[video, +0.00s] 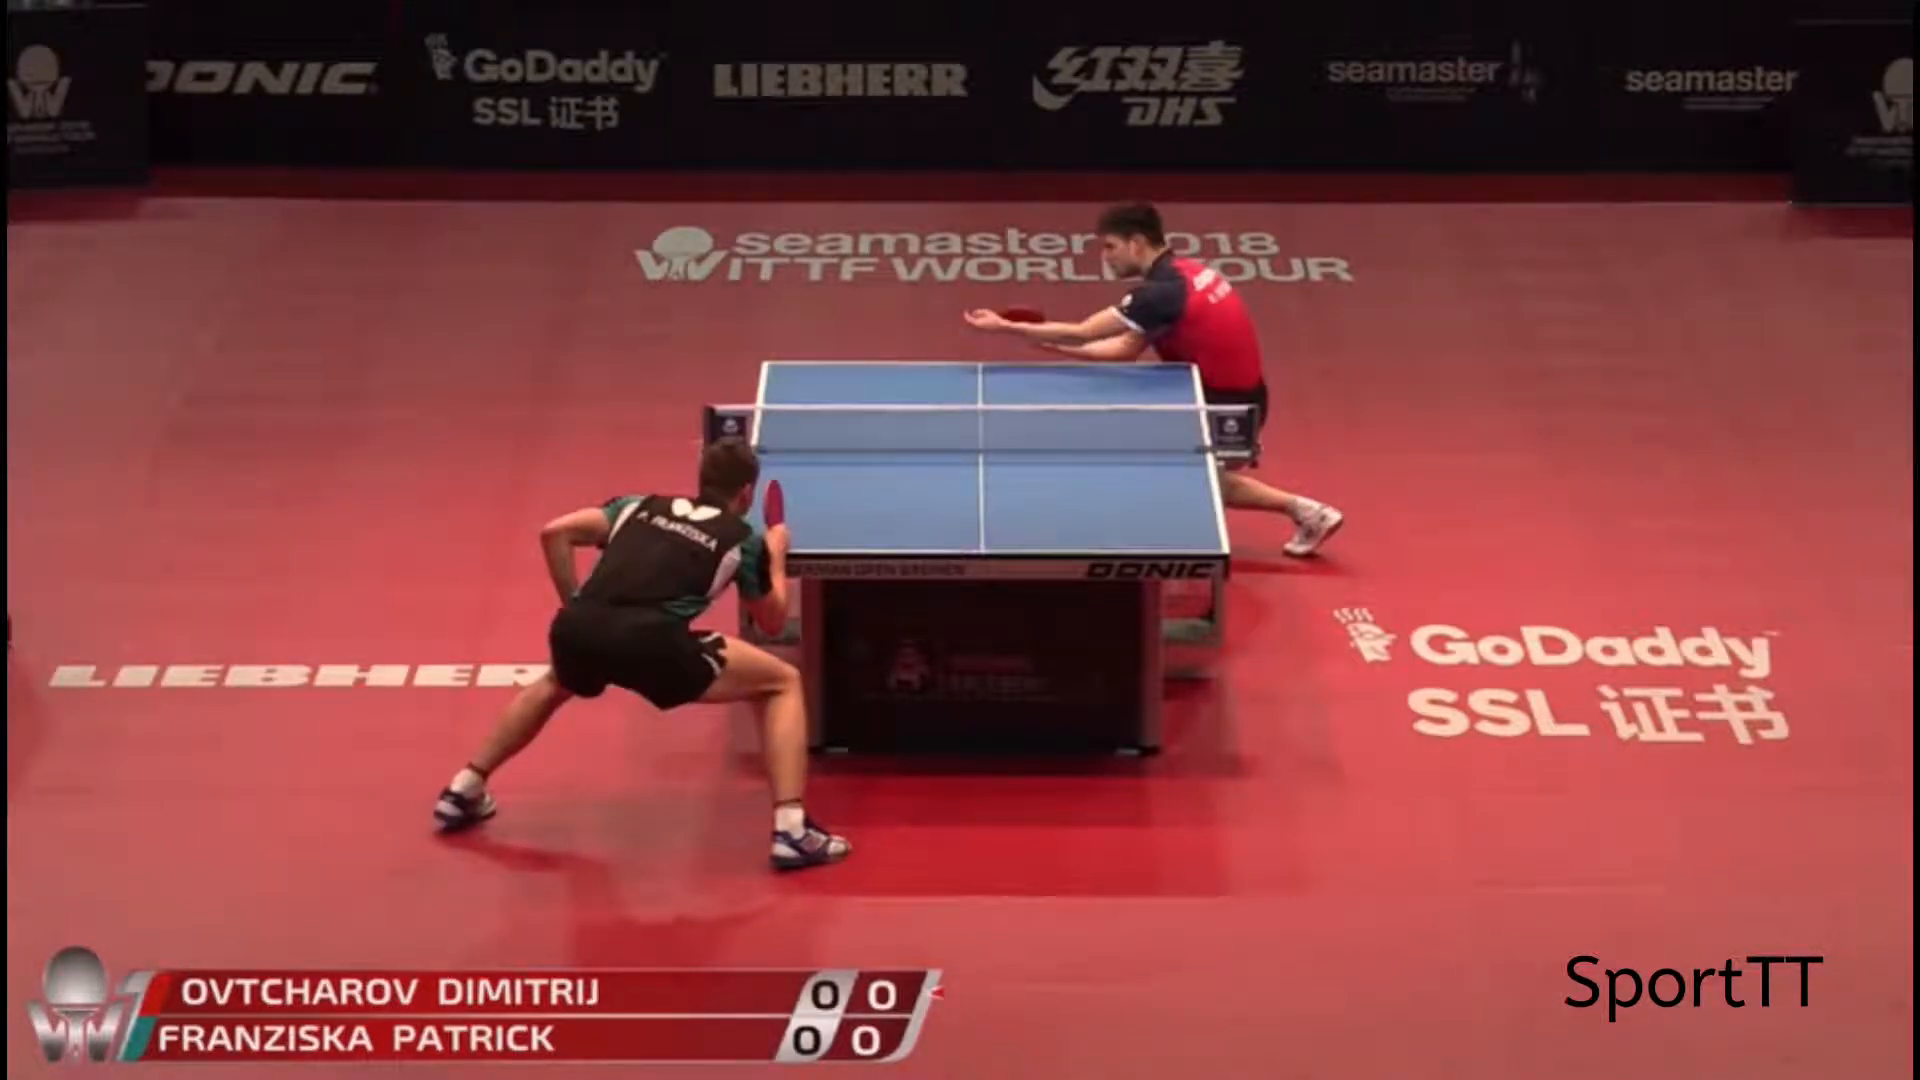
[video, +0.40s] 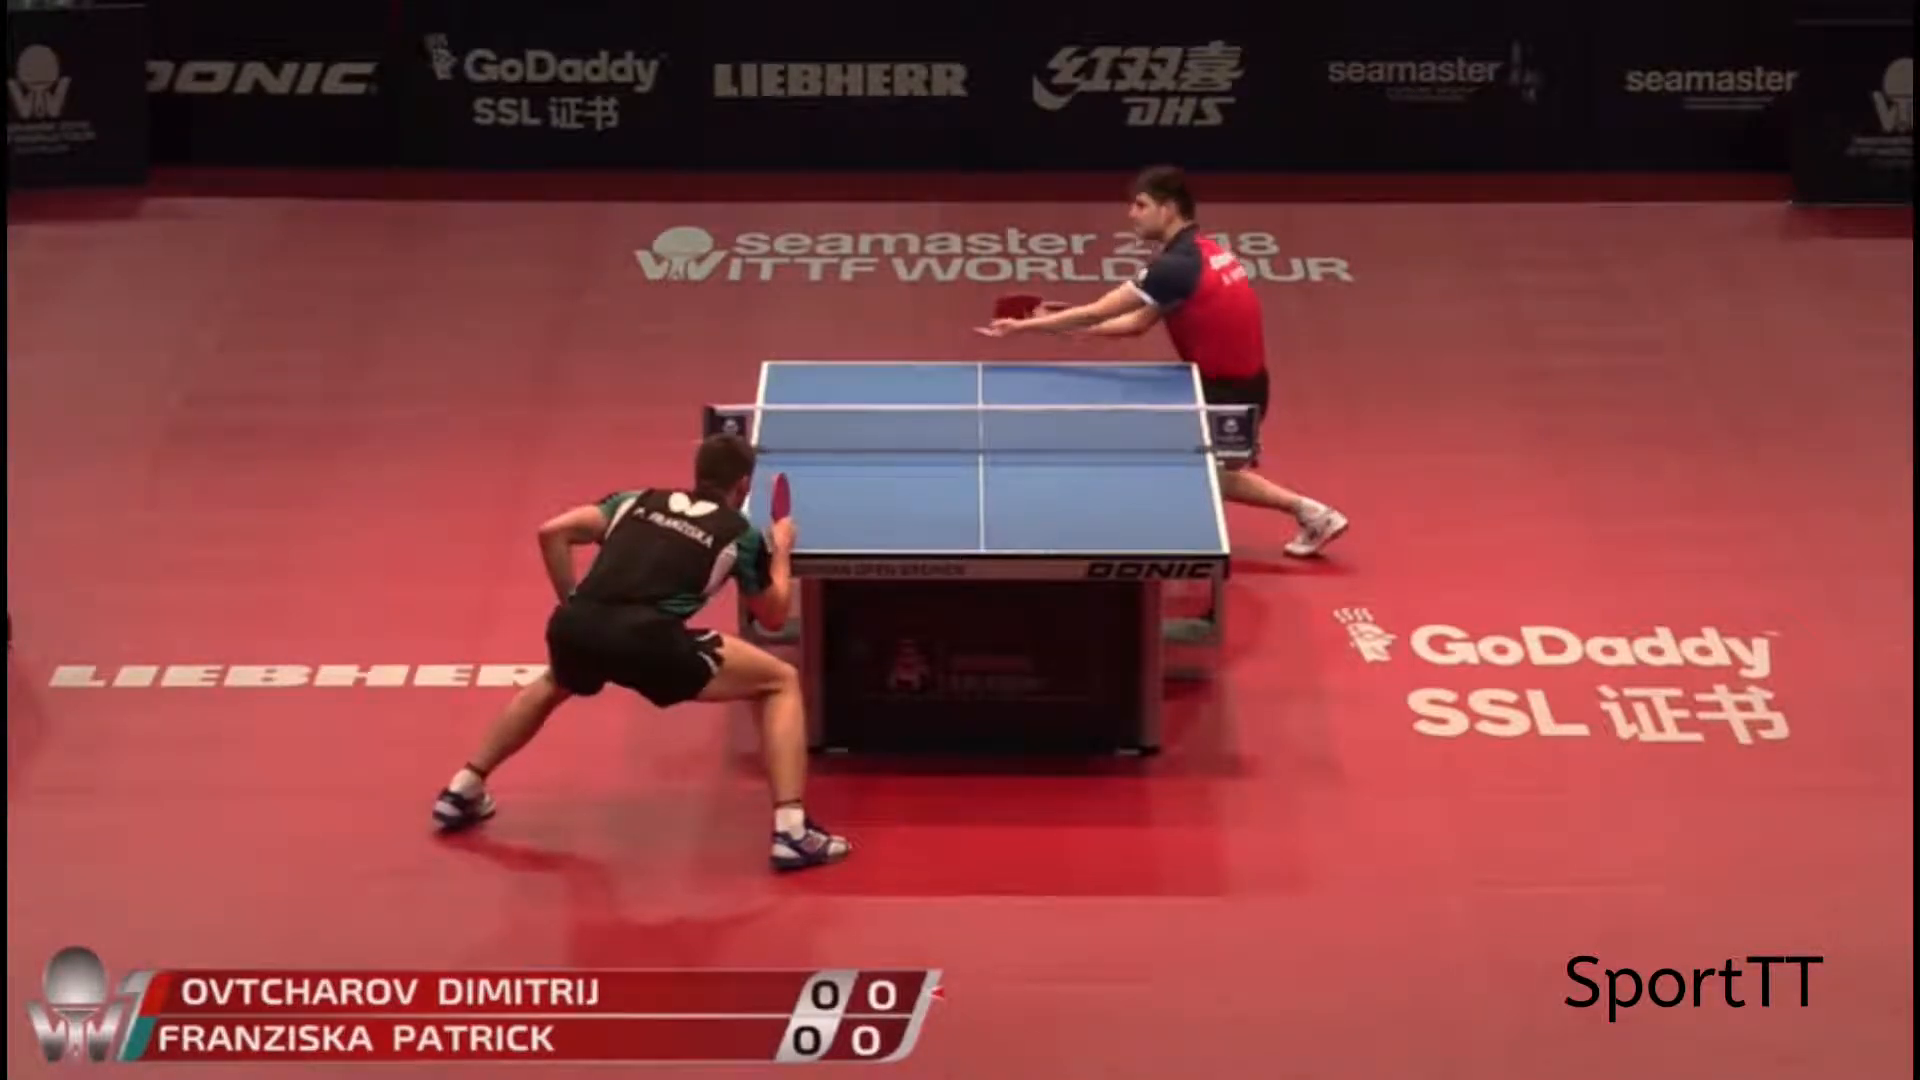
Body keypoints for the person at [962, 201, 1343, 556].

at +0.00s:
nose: (1106, 257)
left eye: (1110, 247)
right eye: (1104, 248)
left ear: (1139, 243)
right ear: (1144, 243)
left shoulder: (1165, 287)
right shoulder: (1181, 272)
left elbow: (1080, 331)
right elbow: (1125, 348)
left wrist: (1006, 325)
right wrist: (1058, 348)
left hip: (1230, 400)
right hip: (1231, 391)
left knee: (1208, 480)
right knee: (1205, 474)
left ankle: (1306, 511)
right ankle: (1304, 511)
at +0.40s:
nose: (1132, 216)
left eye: (1138, 207)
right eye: (1133, 207)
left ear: (1167, 208)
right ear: (1174, 210)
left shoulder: (1178, 262)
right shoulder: (1207, 249)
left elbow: (1098, 312)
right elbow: (1136, 323)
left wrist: (1023, 326)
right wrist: (1070, 322)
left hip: (1224, 390)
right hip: (1242, 383)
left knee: (1216, 477)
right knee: (1219, 475)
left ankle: (1311, 513)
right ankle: (1310, 515)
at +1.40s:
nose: (1207, 97)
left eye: (1220, 91)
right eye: (1211, 89)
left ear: (1248, 106)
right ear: (1247, 111)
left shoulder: (1238, 150)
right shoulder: (1276, 159)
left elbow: (1185, 188)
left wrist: (1114, 176)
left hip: (1249, 302)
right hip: (1286, 302)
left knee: (1178, 404)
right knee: (1279, 419)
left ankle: (1173, 529)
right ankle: (1335, 531)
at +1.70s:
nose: (1133, 184)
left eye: (1138, 171)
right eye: (1132, 173)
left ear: (1168, 164)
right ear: (1172, 166)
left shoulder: (1187, 200)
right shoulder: (1227, 184)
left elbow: (1181, 250)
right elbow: (1268, 202)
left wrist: (1164, 263)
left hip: (1238, 336)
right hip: (1279, 331)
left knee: (1163, 419)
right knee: (1257, 442)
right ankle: (1333, 532)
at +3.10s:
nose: (1112, 202)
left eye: (1120, 192)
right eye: (1103, 193)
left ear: (1137, 189)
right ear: (1092, 194)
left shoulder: (1164, 222)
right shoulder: (1077, 225)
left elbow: (1198, 268)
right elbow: (1024, 277)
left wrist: (1194, 286)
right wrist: (1040, 283)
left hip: (1144, 321)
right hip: (1084, 324)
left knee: (1222, 391)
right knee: (1047, 386)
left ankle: (1256, 478)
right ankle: (1041, 488)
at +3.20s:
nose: (1112, 202)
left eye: (1120, 192)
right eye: (1103, 193)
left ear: (1137, 189)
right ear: (1092, 192)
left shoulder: (1164, 222)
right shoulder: (1077, 225)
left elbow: (1198, 269)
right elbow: (1024, 277)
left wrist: (1193, 286)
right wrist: (1040, 284)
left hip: (1145, 322)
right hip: (1084, 324)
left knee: (1223, 392)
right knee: (1045, 388)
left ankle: (1256, 477)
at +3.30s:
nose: (1116, 192)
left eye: (1125, 181)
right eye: (1108, 183)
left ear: (1142, 177)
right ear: (1096, 183)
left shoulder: (1173, 212)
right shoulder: (1082, 216)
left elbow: (1209, 259)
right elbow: (1034, 270)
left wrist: (1201, 285)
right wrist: (1041, 281)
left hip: (1154, 312)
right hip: (1092, 312)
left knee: (1215, 394)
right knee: (1034, 378)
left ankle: (1272, 475)